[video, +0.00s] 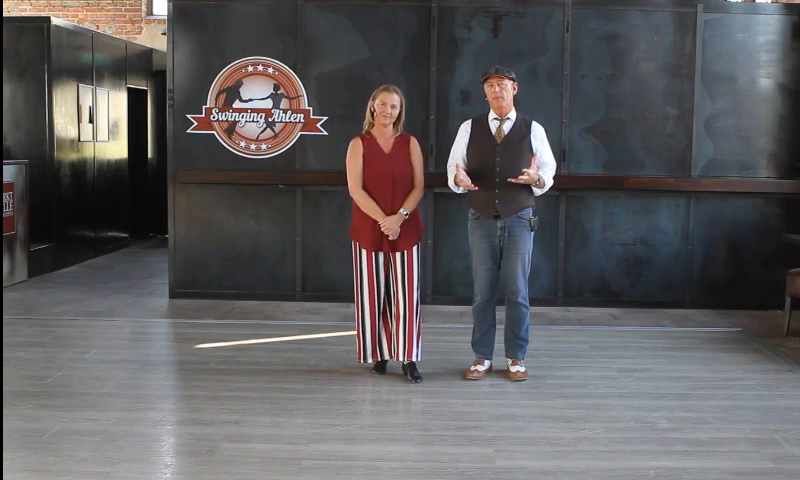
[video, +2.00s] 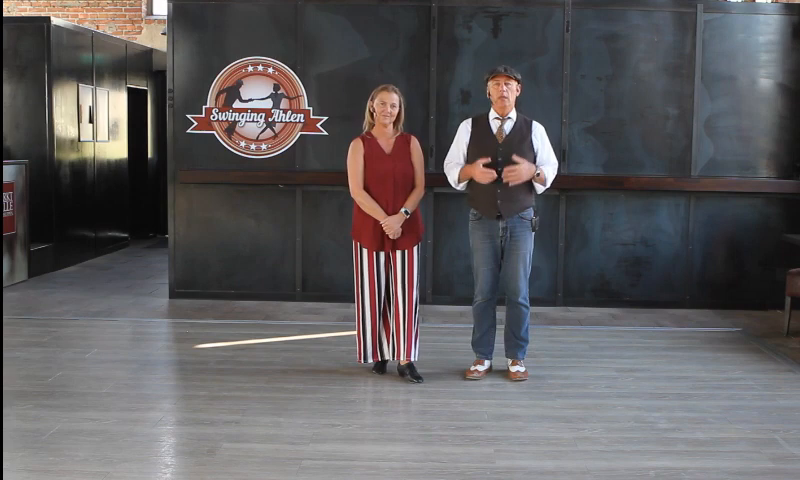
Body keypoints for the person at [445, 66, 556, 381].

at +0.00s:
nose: (496, 91)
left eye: (502, 86)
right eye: (491, 86)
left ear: (514, 89)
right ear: (485, 93)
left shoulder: (533, 130)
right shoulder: (469, 128)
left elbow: (548, 173)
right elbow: (453, 168)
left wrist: (535, 177)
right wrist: (459, 177)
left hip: (519, 219)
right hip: (481, 219)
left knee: (516, 292)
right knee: (483, 292)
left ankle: (516, 359)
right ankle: (482, 358)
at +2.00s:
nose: (502, 90)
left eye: (508, 86)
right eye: (497, 85)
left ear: (517, 91)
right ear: (488, 91)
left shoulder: (533, 130)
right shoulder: (469, 127)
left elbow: (550, 170)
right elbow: (451, 168)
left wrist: (532, 171)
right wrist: (469, 171)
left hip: (520, 220)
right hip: (481, 220)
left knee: (517, 293)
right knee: (483, 292)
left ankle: (516, 358)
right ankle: (482, 358)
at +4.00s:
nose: (495, 94)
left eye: (501, 88)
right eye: (491, 88)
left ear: (514, 93)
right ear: (485, 92)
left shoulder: (531, 129)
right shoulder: (469, 129)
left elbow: (549, 170)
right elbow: (454, 166)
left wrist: (527, 173)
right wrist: (455, 179)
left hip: (520, 220)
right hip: (481, 220)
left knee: (516, 292)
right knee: (483, 292)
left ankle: (516, 358)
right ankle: (482, 358)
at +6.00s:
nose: (503, 92)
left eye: (509, 87)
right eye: (498, 86)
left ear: (518, 91)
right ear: (490, 91)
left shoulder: (535, 130)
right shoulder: (471, 127)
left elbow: (550, 171)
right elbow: (453, 168)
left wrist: (525, 177)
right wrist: (476, 174)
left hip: (521, 220)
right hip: (483, 220)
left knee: (518, 292)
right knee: (484, 292)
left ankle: (516, 359)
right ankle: (482, 358)